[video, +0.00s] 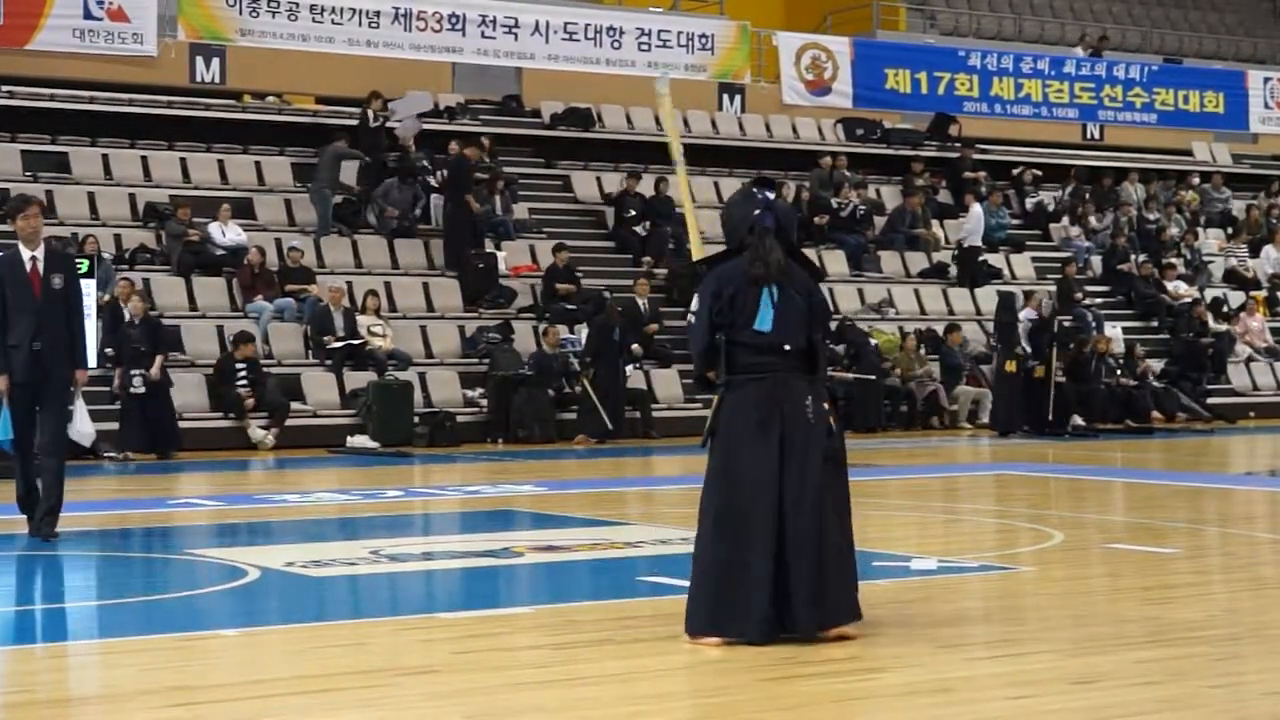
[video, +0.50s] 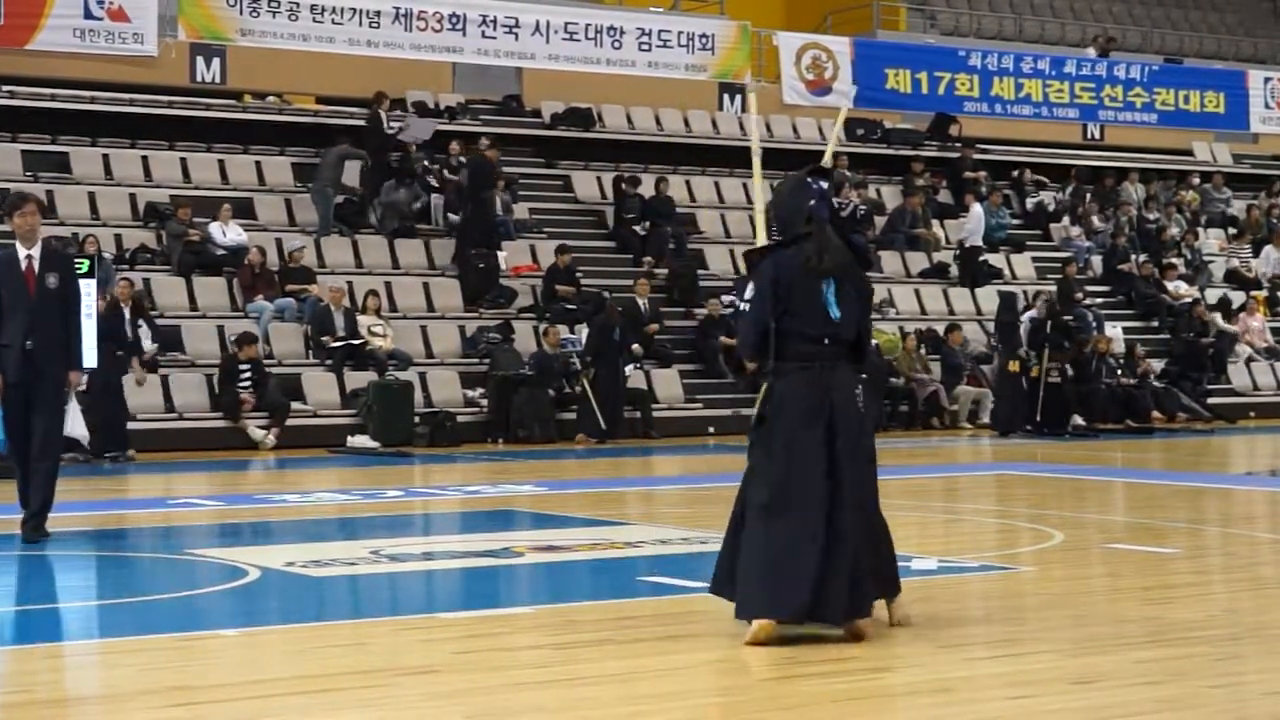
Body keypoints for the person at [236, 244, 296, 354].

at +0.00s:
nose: (251, 257)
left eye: (254, 254)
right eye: (250, 254)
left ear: (261, 258)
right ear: (248, 257)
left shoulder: (268, 272)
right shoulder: (243, 271)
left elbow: (276, 291)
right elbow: (245, 284)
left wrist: (264, 296)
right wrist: (247, 265)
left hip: (270, 301)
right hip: (251, 302)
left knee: (290, 303)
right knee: (268, 309)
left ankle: (288, 336)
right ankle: (261, 341)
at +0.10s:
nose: (251, 257)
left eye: (254, 254)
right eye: (250, 254)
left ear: (262, 258)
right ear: (248, 257)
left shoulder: (268, 272)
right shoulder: (244, 271)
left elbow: (276, 291)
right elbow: (246, 284)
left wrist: (264, 296)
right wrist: (247, 265)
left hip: (269, 301)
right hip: (251, 302)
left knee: (290, 303)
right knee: (268, 308)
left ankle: (289, 335)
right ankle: (262, 341)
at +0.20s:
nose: (251, 257)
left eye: (254, 254)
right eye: (250, 254)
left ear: (262, 258)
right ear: (248, 257)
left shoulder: (268, 272)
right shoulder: (244, 271)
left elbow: (276, 291)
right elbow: (245, 284)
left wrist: (264, 296)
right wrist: (247, 265)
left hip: (270, 301)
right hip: (251, 302)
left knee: (290, 303)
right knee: (268, 308)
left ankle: (289, 335)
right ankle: (262, 341)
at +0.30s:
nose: (251, 257)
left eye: (255, 254)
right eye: (250, 254)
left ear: (262, 258)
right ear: (248, 257)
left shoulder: (268, 272)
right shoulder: (244, 271)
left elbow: (276, 291)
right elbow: (246, 284)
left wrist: (264, 296)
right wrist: (247, 265)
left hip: (270, 301)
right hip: (251, 302)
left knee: (290, 303)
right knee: (268, 308)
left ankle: (289, 335)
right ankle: (262, 342)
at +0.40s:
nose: (251, 257)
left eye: (255, 254)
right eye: (250, 254)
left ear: (262, 258)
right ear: (248, 257)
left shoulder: (268, 272)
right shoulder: (244, 271)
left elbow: (276, 291)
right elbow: (246, 284)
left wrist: (264, 296)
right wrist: (247, 265)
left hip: (270, 301)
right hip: (251, 302)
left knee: (290, 303)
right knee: (268, 308)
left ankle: (289, 335)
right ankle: (262, 341)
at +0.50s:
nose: (251, 257)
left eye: (255, 254)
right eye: (250, 254)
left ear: (262, 258)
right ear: (248, 257)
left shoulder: (268, 273)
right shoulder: (244, 271)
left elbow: (276, 292)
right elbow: (246, 284)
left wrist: (264, 296)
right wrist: (247, 265)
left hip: (270, 301)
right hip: (251, 302)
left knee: (290, 303)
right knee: (268, 308)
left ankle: (289, 335)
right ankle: (262, 341)